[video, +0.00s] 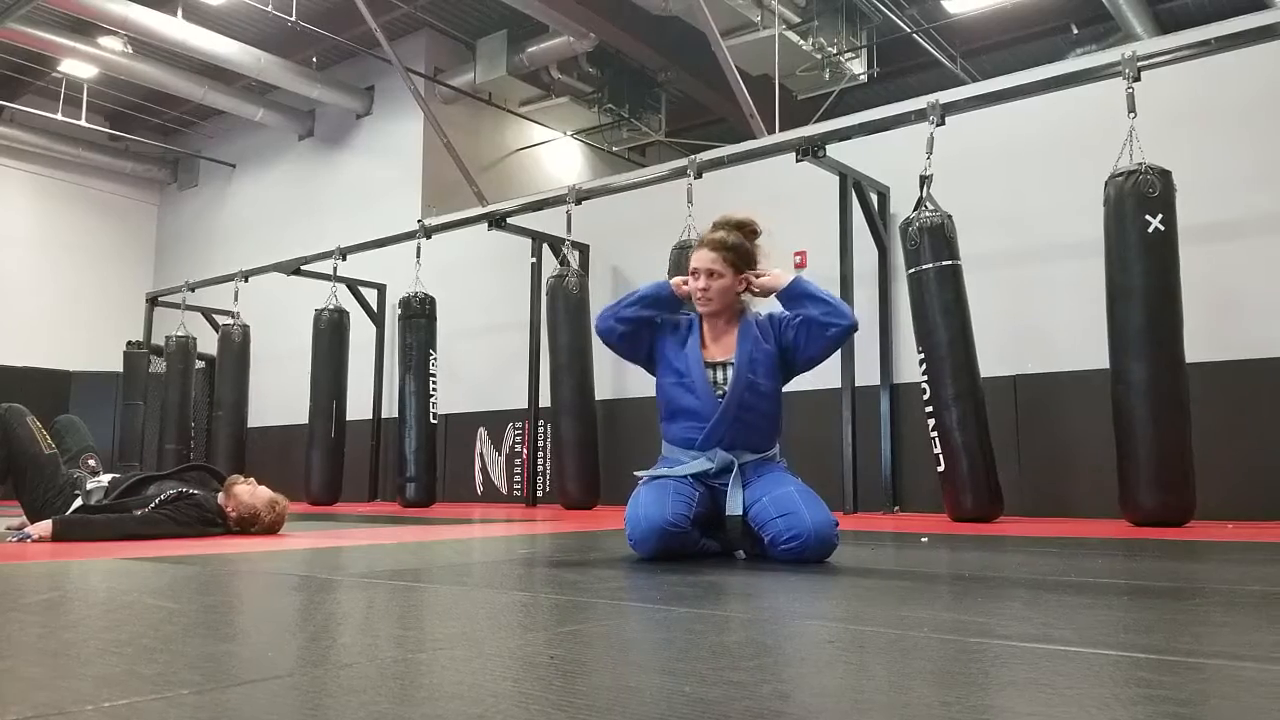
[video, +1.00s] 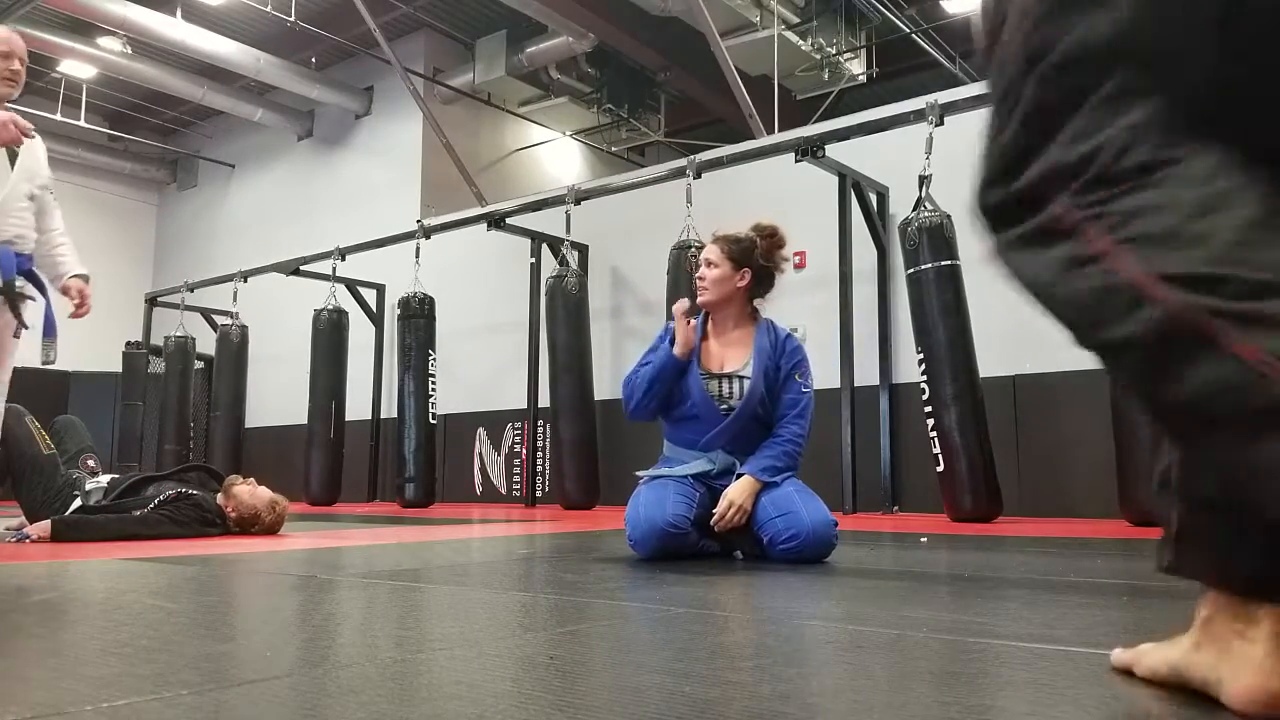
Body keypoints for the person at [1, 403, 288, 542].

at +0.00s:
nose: (247, 476)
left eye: (250, 487)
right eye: (255, 483)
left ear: (234, 510)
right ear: (237, 505)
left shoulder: (200, 513)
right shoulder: (216, 490)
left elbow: (130, 524)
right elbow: (154, 484)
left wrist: (56, 527)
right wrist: (113, 480)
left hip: (68, 501)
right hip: (99, 485)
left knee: (12, 414)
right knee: (67, 421)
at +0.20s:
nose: (247, 476)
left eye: (248, 487)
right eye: (254, 483)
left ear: (233, 509)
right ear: (236, 504)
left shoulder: (199, 513)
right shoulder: (216, 490)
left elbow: (129, 524)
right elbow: (154, 483)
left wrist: (55, 527)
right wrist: (111, 481)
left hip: (67, 500)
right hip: (98, 485)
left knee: (12, 414)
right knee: (66, 421)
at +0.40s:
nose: (246, 476)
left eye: (249, 487)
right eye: (254, 483)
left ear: (232, 509)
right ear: (234, 505)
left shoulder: (199, 513)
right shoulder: (215, 490)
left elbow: (129, 524)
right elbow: (150, 487)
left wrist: (55, 527)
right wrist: (111, 481)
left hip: (67, 499)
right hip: (98, 485)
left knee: (10, 415)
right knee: (66, 421)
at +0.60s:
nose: (246, 477)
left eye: (248, 487)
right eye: (254, 483)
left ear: (233, 509)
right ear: (235, 504)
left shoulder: (199, 513)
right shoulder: (215, 491)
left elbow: (130, 524)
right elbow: (151, 487)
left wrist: (55, 527)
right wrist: (112, 481)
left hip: (69, 501)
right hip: (99, 486)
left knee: (11, 414)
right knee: (66, 422)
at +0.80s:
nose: (246, 477)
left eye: (249, 487)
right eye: (254, 483)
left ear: (233, 509)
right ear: (235, 504)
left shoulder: (199, 513)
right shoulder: (215, 490)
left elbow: (130, 524)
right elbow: (151, 486)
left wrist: (56, 527)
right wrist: (112, 481)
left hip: (68, 500)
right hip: (98, 486)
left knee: (11, 414)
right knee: (66, 422)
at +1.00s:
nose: (247, 477)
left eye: (250, 487)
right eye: (255, 483)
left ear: (233, 508)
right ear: (235, 504)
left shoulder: (199, 513)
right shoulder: (214, 490)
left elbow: (130, 524)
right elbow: (151, 485)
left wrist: (57, 527)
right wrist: (110, 480)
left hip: (69, 500)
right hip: (98, 485)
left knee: (12, 415)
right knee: (66, 421)